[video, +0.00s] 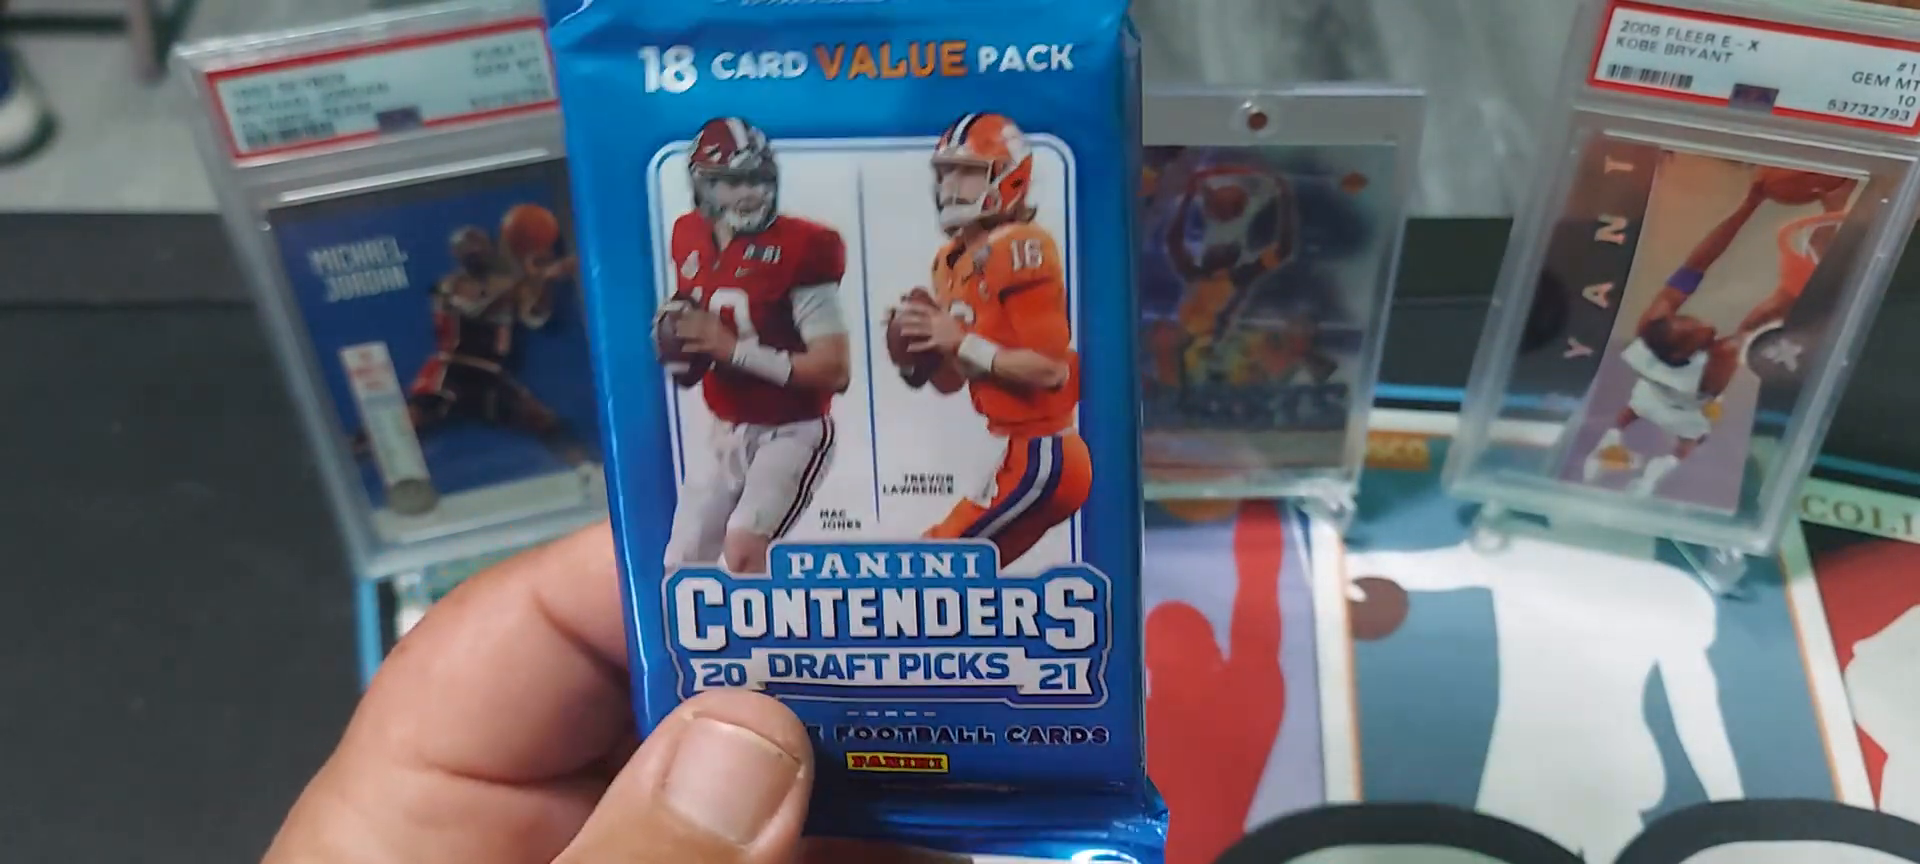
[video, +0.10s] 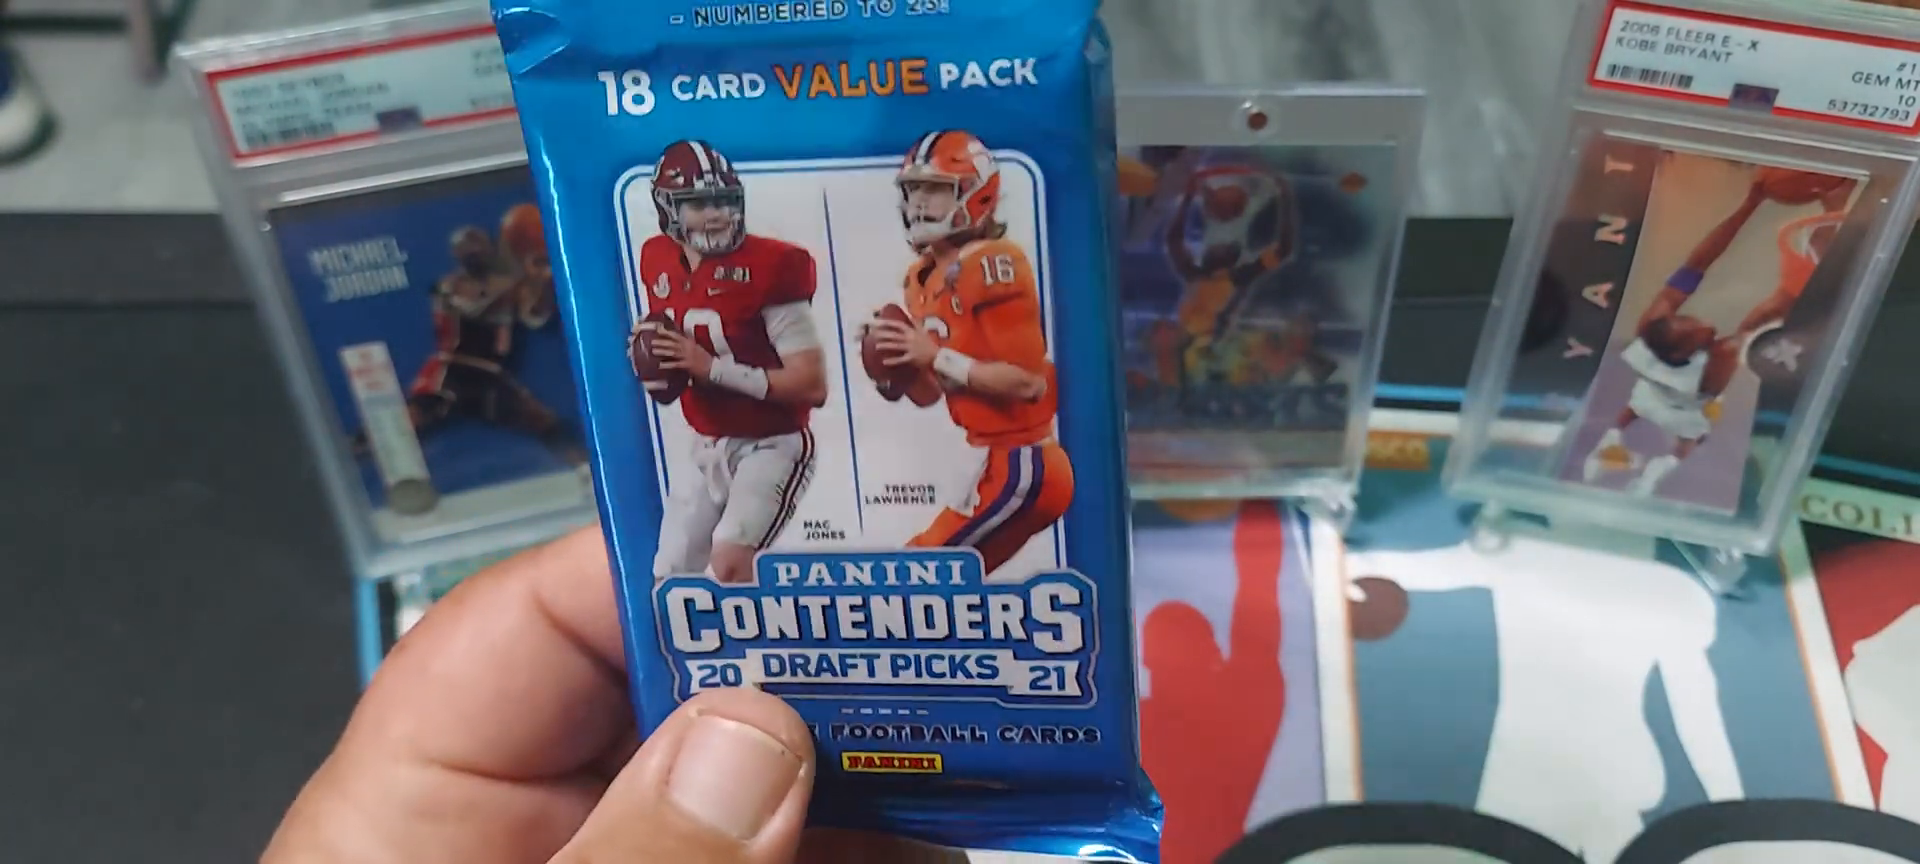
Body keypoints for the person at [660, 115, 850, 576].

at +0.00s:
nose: (745, 194)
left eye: (755, 180)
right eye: (731, 182)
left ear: (771, 181)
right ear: (703, 186)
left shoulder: (806, 246)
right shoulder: (689, 234)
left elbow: (833, 371)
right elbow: (685, 315)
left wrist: (732, 347)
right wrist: (674, 336)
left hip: (794, 432)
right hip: (723, 430)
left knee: (744, 547)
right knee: (681, 564)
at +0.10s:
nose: (714, 214)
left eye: (723, 201)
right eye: (699, 204)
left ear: (738, 204)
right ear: (670, 211)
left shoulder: (774, 266)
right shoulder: (658, 259)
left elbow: (811, 386)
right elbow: (667, 390)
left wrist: (709, 366)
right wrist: (647, 357)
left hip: (774, 445)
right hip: (707, 448)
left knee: (729, 559)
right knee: (670, 578)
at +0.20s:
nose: (728, 178)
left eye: (737, 165)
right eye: (713, 168)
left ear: (753, 166)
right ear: (687, 173)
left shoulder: (784, 228)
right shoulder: (675, 220)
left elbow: (816, 347)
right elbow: (678, 296)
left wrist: (720, 328)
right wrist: (660, 313)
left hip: (779, 409)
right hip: (712, 411)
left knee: (731, 528)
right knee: (669, 546)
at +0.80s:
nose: (759, 214)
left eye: (769, 202)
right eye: (745, 202)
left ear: (784, 203)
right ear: (716, 204)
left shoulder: (815, 266)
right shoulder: (700, 253)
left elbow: (841, 390)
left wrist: (742, 365)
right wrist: (682, 349)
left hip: (800, 450)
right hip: (729, 448)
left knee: (745, 571)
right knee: (686, 581)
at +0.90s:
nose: (728, 246)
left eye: (736, 233)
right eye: (713, 236)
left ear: (751, 235)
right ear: (684, 242)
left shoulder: (788, 298)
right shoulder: (671, 287)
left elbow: (819, 420)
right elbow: (676, 419)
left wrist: (719, 396)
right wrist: (657, 384)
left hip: (782, 476)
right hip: (711, 474)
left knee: (735, 585)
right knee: (675, 601)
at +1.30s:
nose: (745, 293)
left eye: (753, 281)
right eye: (731, 283)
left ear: (768, 283)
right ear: (702, 290)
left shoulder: (803, 344)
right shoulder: (689, 335)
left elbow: (839, 463)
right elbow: (696, 463)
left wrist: (739, 442)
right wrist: (677, 423)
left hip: (801, 517)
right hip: (733, 517)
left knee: (757, 621)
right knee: (699, 638)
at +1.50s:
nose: (800, 313)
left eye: (810, 302)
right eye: (788, 302)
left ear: (825, 304)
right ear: (761, 304)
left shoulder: (854, 363)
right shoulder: (746, 351)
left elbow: (882, 479)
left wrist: (786, 455)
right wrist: (728, 437)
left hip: (842, 534)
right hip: (775, 532)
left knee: (791, 637)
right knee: (733, 651)